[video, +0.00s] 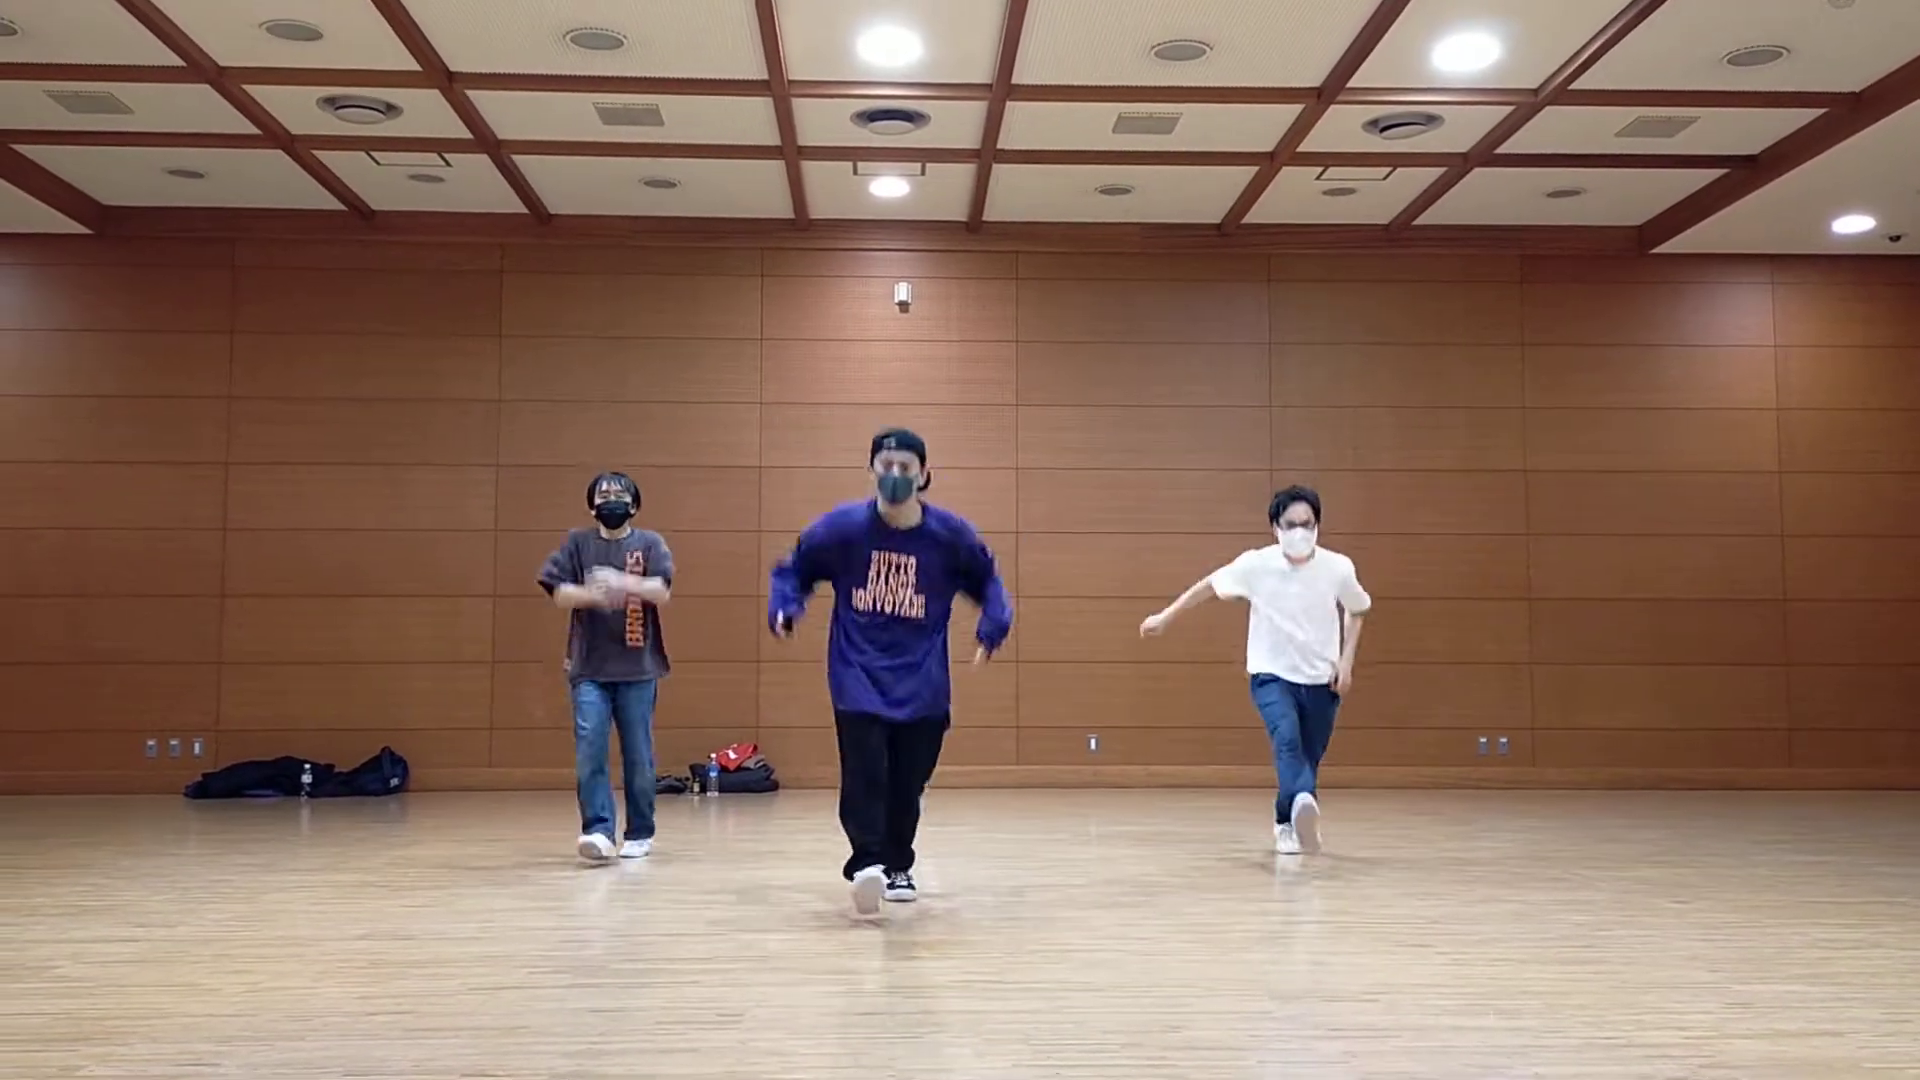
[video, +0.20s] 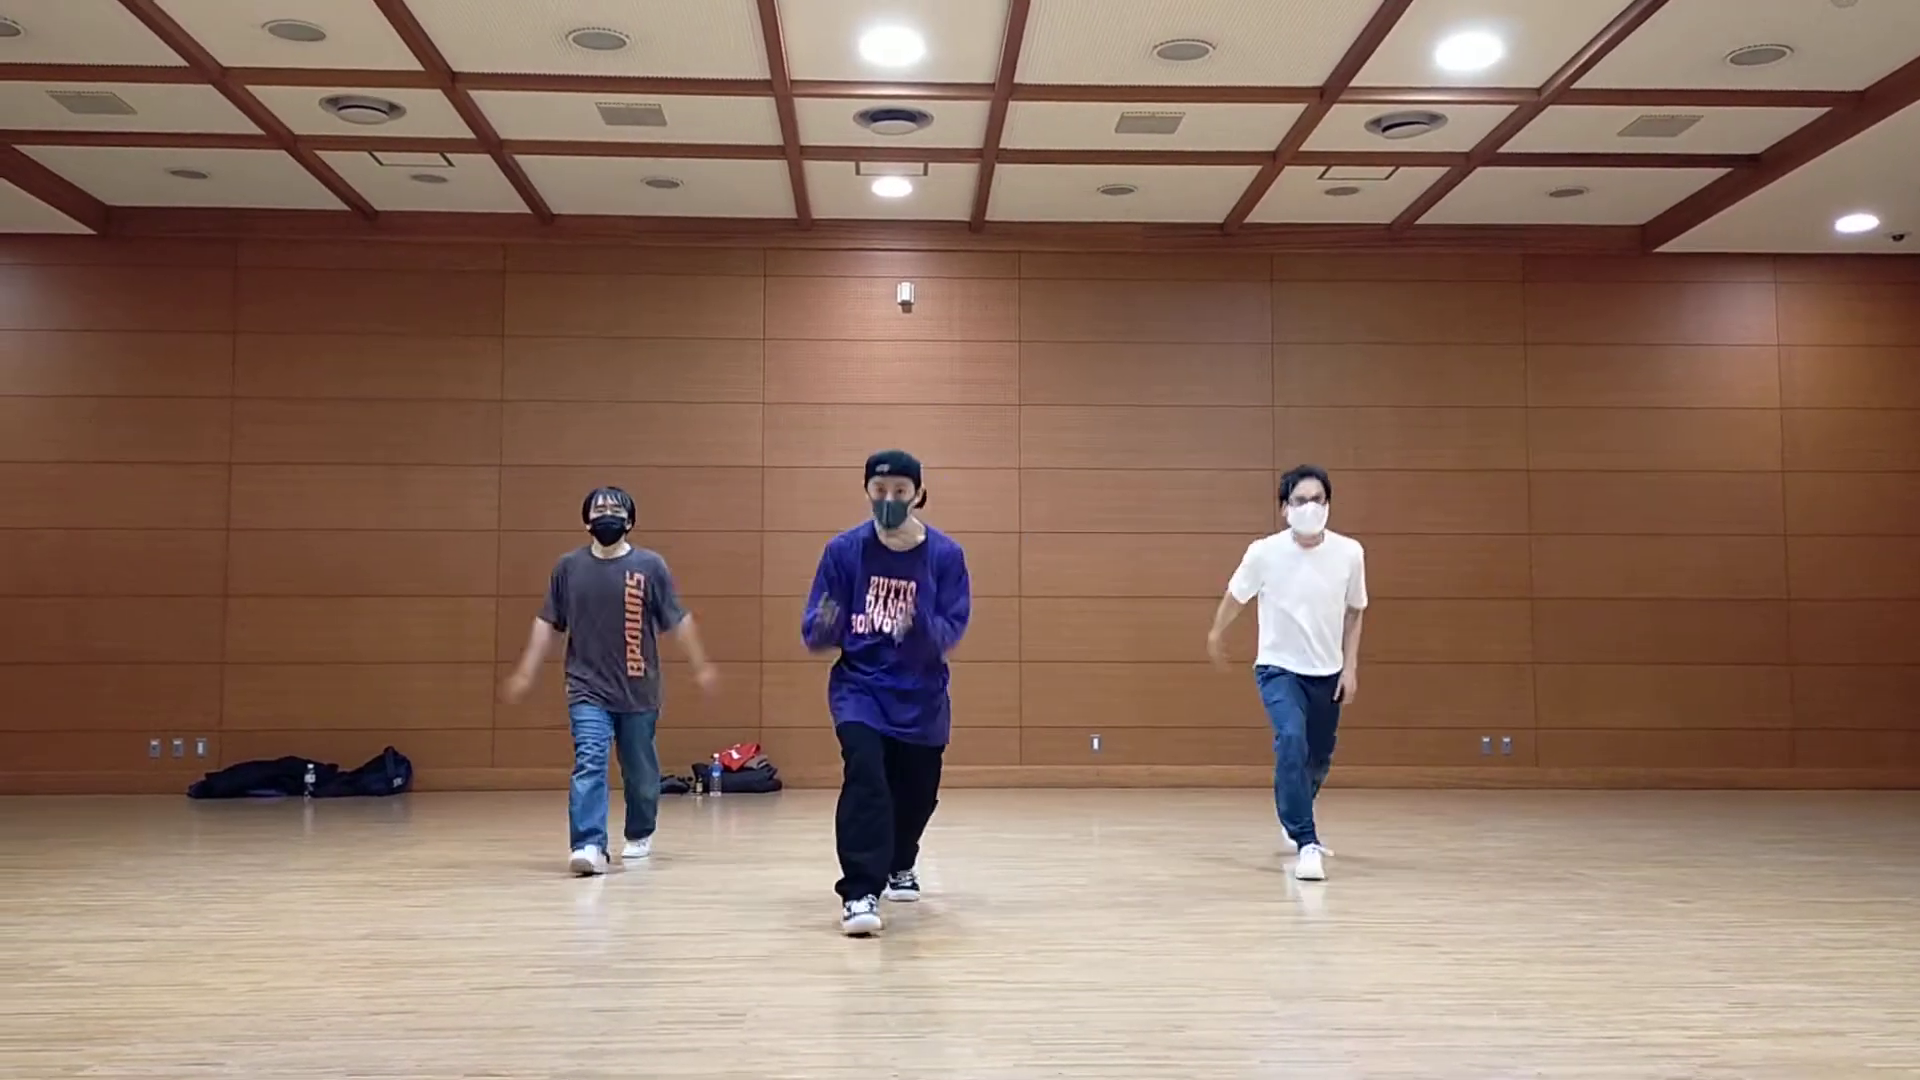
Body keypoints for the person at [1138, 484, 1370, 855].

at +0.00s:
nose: (1300, 533)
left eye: (1307, 525)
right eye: (1290, 525)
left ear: (1318, 528)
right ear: (1275, 530)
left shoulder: (1338, 568)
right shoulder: (1255, 564)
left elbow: (1355, 611)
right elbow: (1208, 587)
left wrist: (1347, 661)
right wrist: (1165, 617)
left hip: (1320, 677)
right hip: (1271, 674)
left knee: (1310, 756)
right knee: (1287, 737)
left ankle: (1285, 823)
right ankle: (1305, 815)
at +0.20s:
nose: (1309, 508)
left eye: (1317, 500)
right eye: (1300, 501)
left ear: (1328, 505)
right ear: (1285, 507)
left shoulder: (1349, 553)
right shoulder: (1264, 553)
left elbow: (1354, 613)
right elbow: (1235, 598)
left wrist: (1350, 666)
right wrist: (1215, 634)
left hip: (1327, 671)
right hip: (1278, 667)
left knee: (1319, 758)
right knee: (1293, 742)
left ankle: (1295, 818)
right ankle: (1306, 842)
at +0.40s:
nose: (1326, 468)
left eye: (1333, 460)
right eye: (1316, 461)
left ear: (1344, 467)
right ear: (1299, 469)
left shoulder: (1359, 516)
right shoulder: (1275, 520)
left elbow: (1367, 577)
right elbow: (1262, 590)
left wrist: (1367, 625)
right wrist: (1275, 650)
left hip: (1345, 648)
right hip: (1298, 647)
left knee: (1355, 743)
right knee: (1304, 746)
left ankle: (1327, 823)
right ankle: (1303, 841)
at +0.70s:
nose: (1332, 458)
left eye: (1339, 450)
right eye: (1323, 451)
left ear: (1351, 455)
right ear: (1306, 456)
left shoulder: (1372, 502)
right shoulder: (1283, 507)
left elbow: (1381, 565)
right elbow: (1263, 576)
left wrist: (1372, 607)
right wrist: (1310, 601)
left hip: (1362, 638)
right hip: (1306, 639)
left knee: (1375, 734)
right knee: (1304, 734)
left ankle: (1364, 842)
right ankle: (1303, 839)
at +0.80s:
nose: (1332, 457)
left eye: (1340, 449)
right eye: (1322, 450)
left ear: (1353, 454)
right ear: (1307, 455)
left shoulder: (1372, 497)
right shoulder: (1283, 505)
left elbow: (1381, 560)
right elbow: (1258, 568)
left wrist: (1380, 611)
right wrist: (1303, 610)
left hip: (1362, 640)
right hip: (1306, 639)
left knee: (1400, 733)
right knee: (1281, 731)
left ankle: (1412, 837)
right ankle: (1265, 835)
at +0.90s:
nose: (1336, 484)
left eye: (1343, 476)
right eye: (1326, 476)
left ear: (1356, 480)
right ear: (1309, 482)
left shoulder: (1374, 523)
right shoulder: (1286, 531)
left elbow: (1386, 581)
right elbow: (1251, 584)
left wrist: (1392, 634)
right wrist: (1292, 638)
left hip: (1366, 668)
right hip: (1304, 670)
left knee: (1418, 748)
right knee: (1273, 748)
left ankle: (1454, 850)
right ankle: (1230, 843)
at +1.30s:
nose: (1307, 464)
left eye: (1315, 456)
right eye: (1298, 456)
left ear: (1328, 459)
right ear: (1281, 462)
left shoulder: (1348, 506)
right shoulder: (1259, 514)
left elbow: (1358, 576)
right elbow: (1242, 582)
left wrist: (1366, 635)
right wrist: (1290, 589)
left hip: (1343, 645)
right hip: (1285, 647)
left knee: (1374, 742)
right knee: (1270, 740)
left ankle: (1393, 840)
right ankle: (1253, 844)